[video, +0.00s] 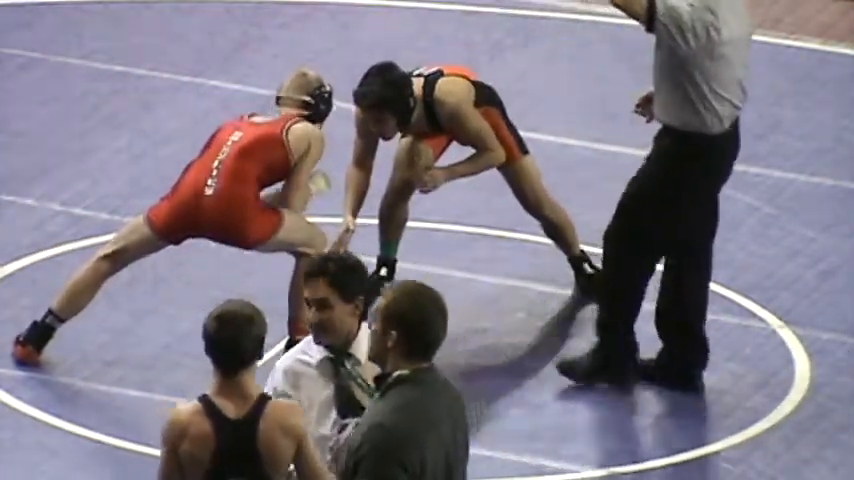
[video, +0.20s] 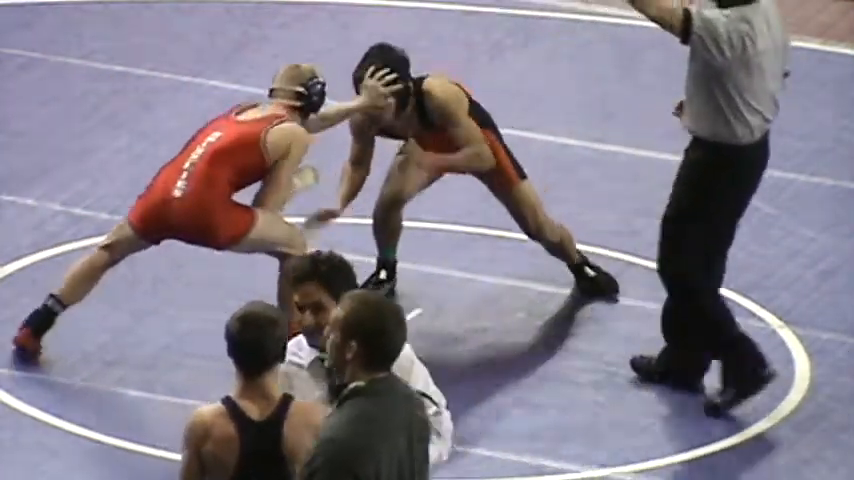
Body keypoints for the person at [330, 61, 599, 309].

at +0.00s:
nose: (370, 130)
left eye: (378, 123)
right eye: (367, 121)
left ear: (402, 114)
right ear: (363, 110)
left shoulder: (449, 103)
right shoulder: (369, 114)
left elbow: (494, 153)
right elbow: (359, 164)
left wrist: (446, 174)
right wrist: (349, 219)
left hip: (479, 108)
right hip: (432, 117)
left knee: (536, 202)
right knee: (399, 185)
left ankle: (583, 266)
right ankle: (385, 269)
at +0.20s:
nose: (369, 108)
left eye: (376, 101)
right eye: (365, 101)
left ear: (399, 94)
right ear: (361, 96)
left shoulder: (440, 98)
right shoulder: (365, 113)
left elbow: (483, 157)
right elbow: (357, 162)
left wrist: (432, 164)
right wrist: (340, 206)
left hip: (472, 138)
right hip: (426, 144)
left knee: (538, 229)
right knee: (388, 203)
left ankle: (581, 270)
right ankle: (384, 272)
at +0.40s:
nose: (370, 100)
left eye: (377, 95)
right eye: (369, 93)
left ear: (401, 95)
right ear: (371, 89)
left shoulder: (435, 109)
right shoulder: (371, 104)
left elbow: (395, 178)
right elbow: (339, 149)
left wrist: (338, 162)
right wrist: (315, 148)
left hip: (485, 153)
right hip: (441, 150)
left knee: (531, 248)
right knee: (390, 197)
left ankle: (590, 258)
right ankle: (390, 273)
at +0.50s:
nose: (346, 96)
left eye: (354, 90)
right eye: (345, 87)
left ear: (379, 90)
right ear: (352, 86)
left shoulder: (414, 119)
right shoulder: (358, 98)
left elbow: (395, 204)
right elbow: (320, 140)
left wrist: (335, 212)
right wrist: (304, 175)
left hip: (473, 159)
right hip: (426, 157)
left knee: (530, 259)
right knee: (377, 206)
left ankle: (593, 257)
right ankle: (395, 271)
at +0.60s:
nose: (322, 108)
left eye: (328, 101)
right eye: (320, 100)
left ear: (354, 99)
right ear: (324, 97)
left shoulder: (397, 133)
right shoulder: (335, 117)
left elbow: (411, 213)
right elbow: (315, 176)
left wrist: (358, 255)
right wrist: (297, 233)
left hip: (457, 179)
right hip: (411, 175)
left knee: (522, 273)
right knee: (363, 230)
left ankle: (581, 256)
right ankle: (395, 268)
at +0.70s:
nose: (291, 146)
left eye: (297, 137)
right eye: (288, 137)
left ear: (323, 133)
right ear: (302, 138)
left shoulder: (378, 154)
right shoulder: (316, 170)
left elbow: (434, 203)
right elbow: (301, 233)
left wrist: (391, 250)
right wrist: (289, 285)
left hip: (442, 190)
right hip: (397, 197)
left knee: (507, 292)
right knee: (358, 271)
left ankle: (561, 267)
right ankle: (392, 278)